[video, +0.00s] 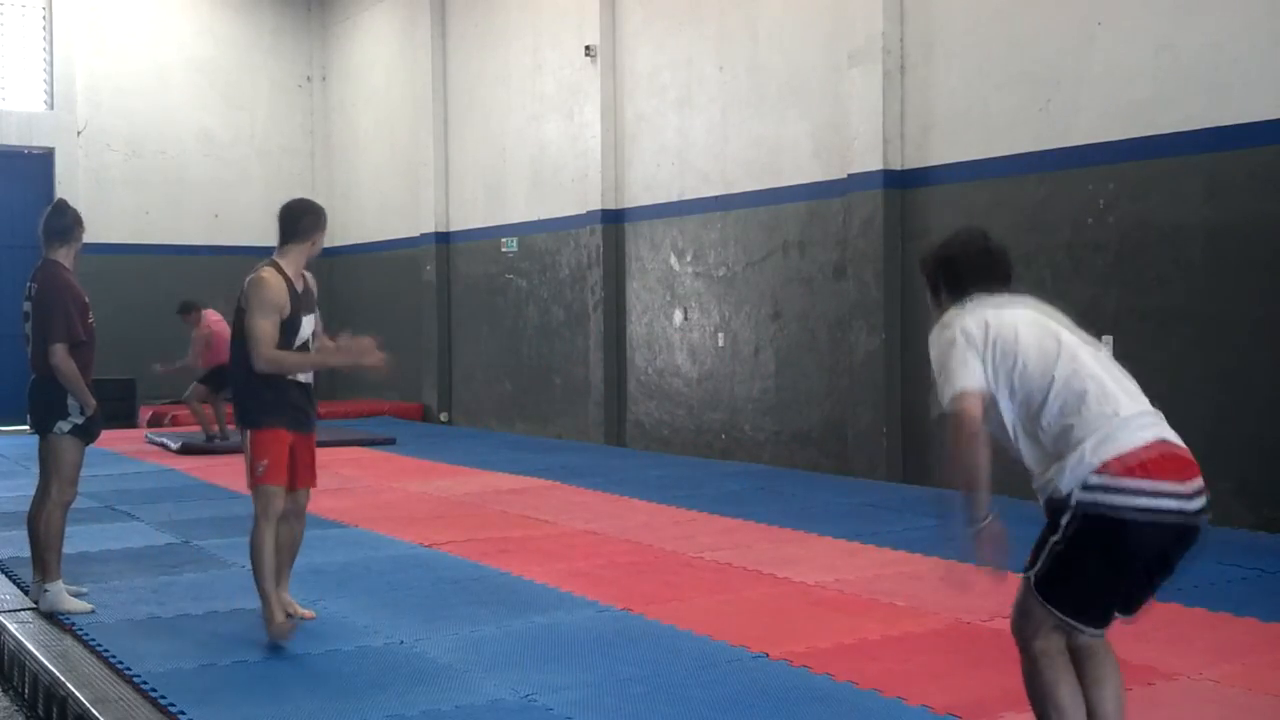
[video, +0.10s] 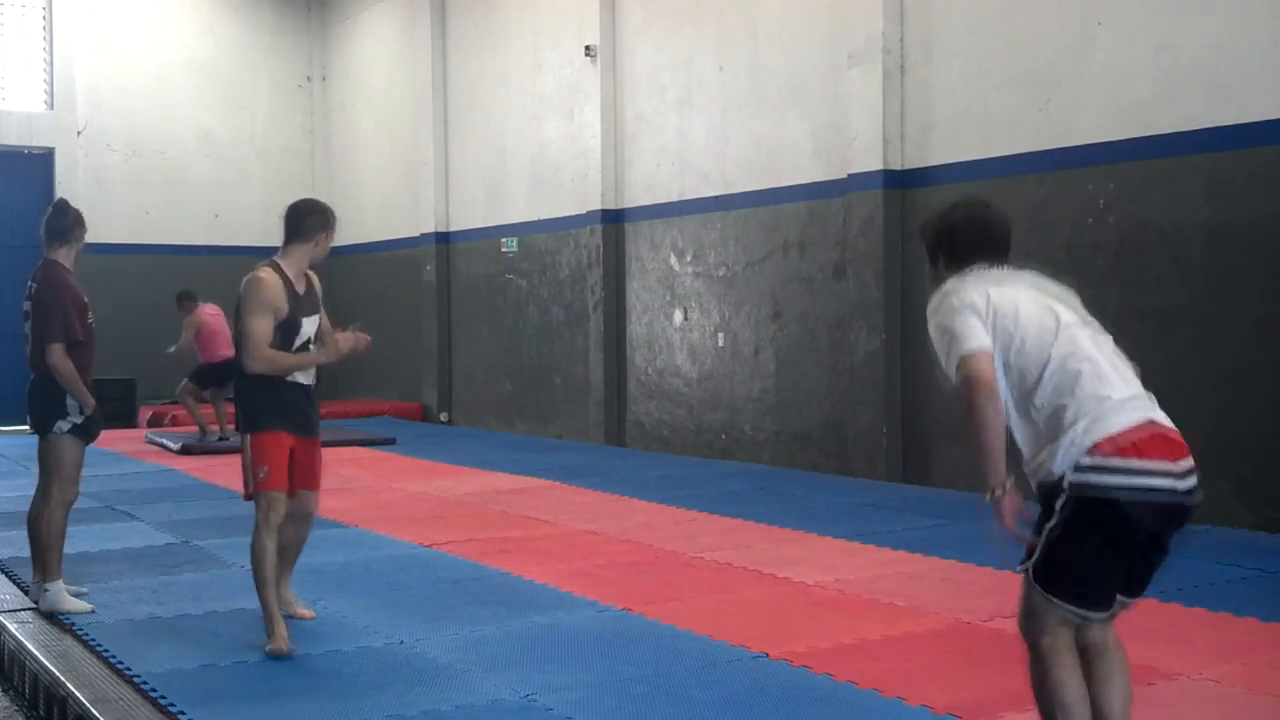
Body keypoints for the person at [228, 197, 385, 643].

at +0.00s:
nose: (323, 240)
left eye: (321, 234)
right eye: (323, 234)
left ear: (289, 231)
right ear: (316, 235)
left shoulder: (306, 281)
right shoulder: (265, 283)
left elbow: (313, 341)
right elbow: (262, 358)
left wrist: (349, 349)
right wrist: (332, 359)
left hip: (299, 412)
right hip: (267, 413)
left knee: (295, 507)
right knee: (269, 509)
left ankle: (281, 591)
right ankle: (271, 610)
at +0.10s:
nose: (328, 248)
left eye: (329, 241)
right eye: (329, 240)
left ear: (299, 234)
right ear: (319, 238)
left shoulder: (310, 283)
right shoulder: (263, 283)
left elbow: (322, 336)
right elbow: (255, 360)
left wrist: (343, 340)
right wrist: (322, 356)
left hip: (302, 411)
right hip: (266, 413)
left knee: (303, 510)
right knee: (271, 513)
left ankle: (280, 587)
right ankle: (272, 622)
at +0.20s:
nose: (337, 251)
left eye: (339, 243)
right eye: (337, 241)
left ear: (314, 236)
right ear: (319, 236)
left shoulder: (316, 282)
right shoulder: (257, 277)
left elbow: (312, 342)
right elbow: (244, 351)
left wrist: (351, 344)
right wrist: (309, 346)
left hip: (307, 411)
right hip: (265, 413)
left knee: (323, 512)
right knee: (273, 515)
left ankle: (286, 573)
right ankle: (275, 626)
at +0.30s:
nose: (344, 250)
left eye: (347, 242)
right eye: (342, 240)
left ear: (322, 235)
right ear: (318, 232)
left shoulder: (325, 279)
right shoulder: (260, 275)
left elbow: (321, 343)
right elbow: (239, 352)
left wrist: (358, 348)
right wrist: (303, 342)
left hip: (312, 411)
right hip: (265, 414)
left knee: (334, 511)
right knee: (267, 518)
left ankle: (295, 577)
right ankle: (273, 629)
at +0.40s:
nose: (351, 248)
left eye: (354, 239)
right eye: (347, 238)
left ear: (331, 234)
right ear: (320, 230)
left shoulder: (337, 278)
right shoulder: (263, 275)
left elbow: (348, 342)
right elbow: (243, 354)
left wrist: (340, 347)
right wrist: (310, 360)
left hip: (317, 416)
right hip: (266, 418)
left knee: (345, 510)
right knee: (264, 524)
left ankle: (314, 600)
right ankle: (273, 629)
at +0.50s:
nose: (358, 244)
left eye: (362, 236)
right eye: (353, 234)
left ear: (341, 231)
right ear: (324, 225)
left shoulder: (350, 281)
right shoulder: (266, 274)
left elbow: (372, 348)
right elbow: (231, 345)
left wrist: (348, 363)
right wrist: (299, 368)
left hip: (327, 421)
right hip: (270, 422)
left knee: (350, 514)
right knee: (269, 527)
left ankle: (341, 626)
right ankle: (275, 631)